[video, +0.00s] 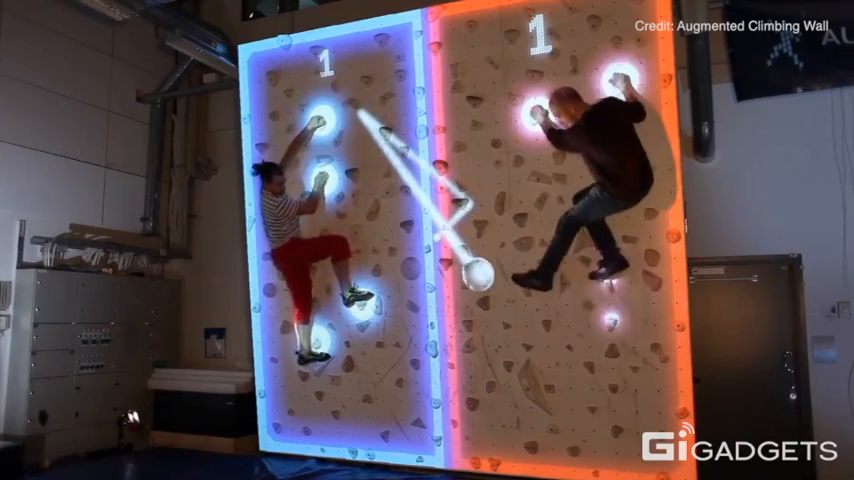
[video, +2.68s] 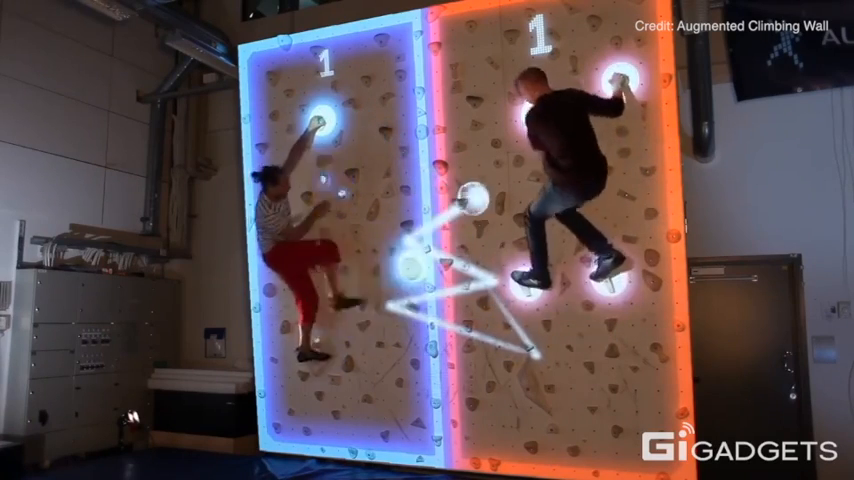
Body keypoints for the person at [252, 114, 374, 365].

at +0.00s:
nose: (283, 185)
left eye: (283, 181)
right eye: (278, 183)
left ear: (279, 179)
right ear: (268, 184)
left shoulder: (269, 192)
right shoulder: (278, 203)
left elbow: (289, 156)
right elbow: (311, 207)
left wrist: (309, 129)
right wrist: (320, 185)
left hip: (286, 251)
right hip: (291, 251)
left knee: (302, 300)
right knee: (337, 244)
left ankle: (305, 352)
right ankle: (348, 293)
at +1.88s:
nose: (302, 192)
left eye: (302, 189)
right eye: (298, 189)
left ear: (293, 186)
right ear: (287, 191)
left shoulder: (283, 195)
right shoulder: (290, 210)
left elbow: (298, 159)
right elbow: (315, 208)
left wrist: (310, 131)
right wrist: (321, 189)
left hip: (282, 256)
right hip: (285, 256)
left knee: (308, 302)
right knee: (329, 281)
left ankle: (306, 350)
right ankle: (354, 325)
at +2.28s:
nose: (296, 188)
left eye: (295, 185)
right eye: (293, 185)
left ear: (279, 187)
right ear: (281, 188)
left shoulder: (275, 198)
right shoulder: (283, 209)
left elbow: (293, 162)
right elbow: (311, 209)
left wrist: (310, 132)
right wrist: (320, 188)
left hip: (280, 256)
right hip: (286, 253)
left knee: (311, 296)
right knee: (332, 246)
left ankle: (306, 349)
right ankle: (352, 293)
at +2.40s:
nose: (297, 184)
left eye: (296, 180)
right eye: (293, 183)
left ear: (289, 179)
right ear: (282, 185)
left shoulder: (278, 191)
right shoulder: (284, 204)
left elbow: (297, 157)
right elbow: (314, 207)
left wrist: (310, 131)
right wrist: (321, 187)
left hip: (285, 255)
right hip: (293, 250)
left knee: (315, 294)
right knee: (343, 247)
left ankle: (306, 346)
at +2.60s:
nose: (293, 185)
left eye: (292, 181)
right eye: (289, 183)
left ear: (286, 180)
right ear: (277, 186)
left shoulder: (277, 188)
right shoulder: (277, 210)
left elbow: (295, 156)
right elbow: (303, 234)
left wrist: (310, 131)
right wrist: (324, 211)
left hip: (278, 254)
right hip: (285, 252)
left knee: (309, 295)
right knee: (334, 256)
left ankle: (306, 349)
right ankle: (384, 273)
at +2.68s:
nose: (288, 184)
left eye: (286, 180)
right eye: (284, 183)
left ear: (279, 182)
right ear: (273, 189)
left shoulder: (275, 189)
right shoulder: (268, 213)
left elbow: (294, 156)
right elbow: (294, 236)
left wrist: (310, 131)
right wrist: (315, 214)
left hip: (280, 252)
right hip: (280, 253)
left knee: (308, 296)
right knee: (328, 249)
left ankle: (304, 348)